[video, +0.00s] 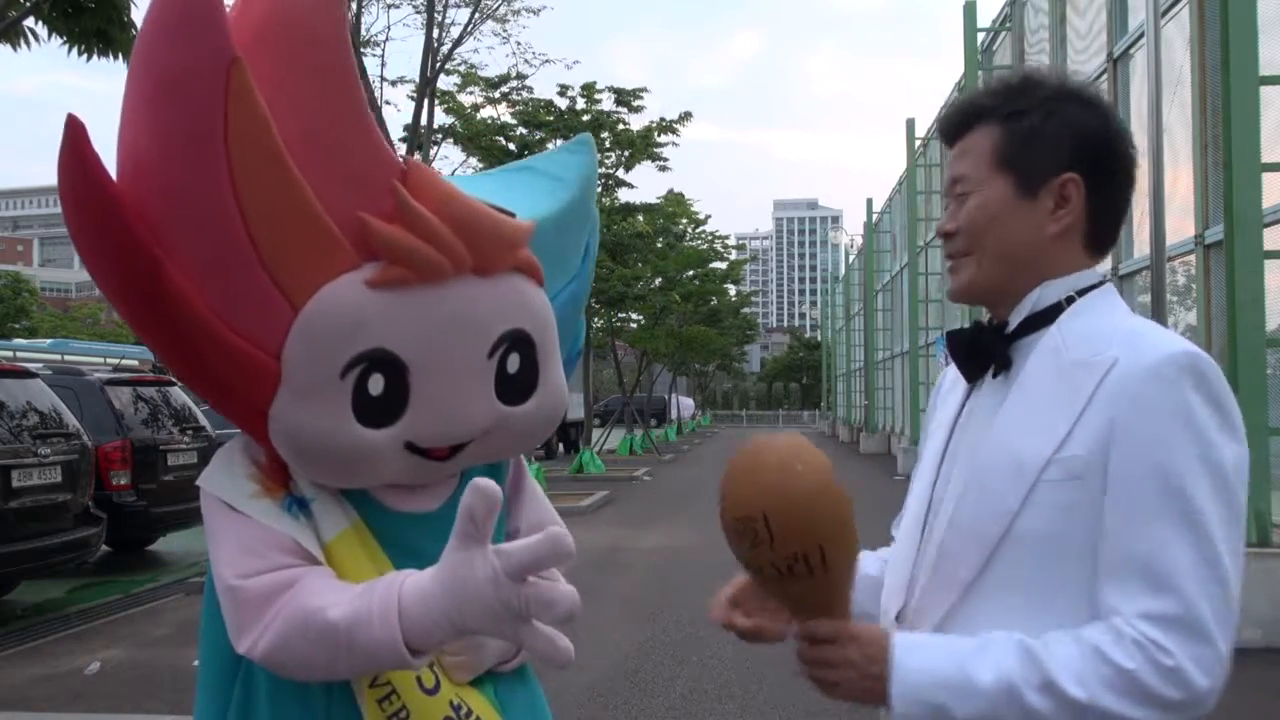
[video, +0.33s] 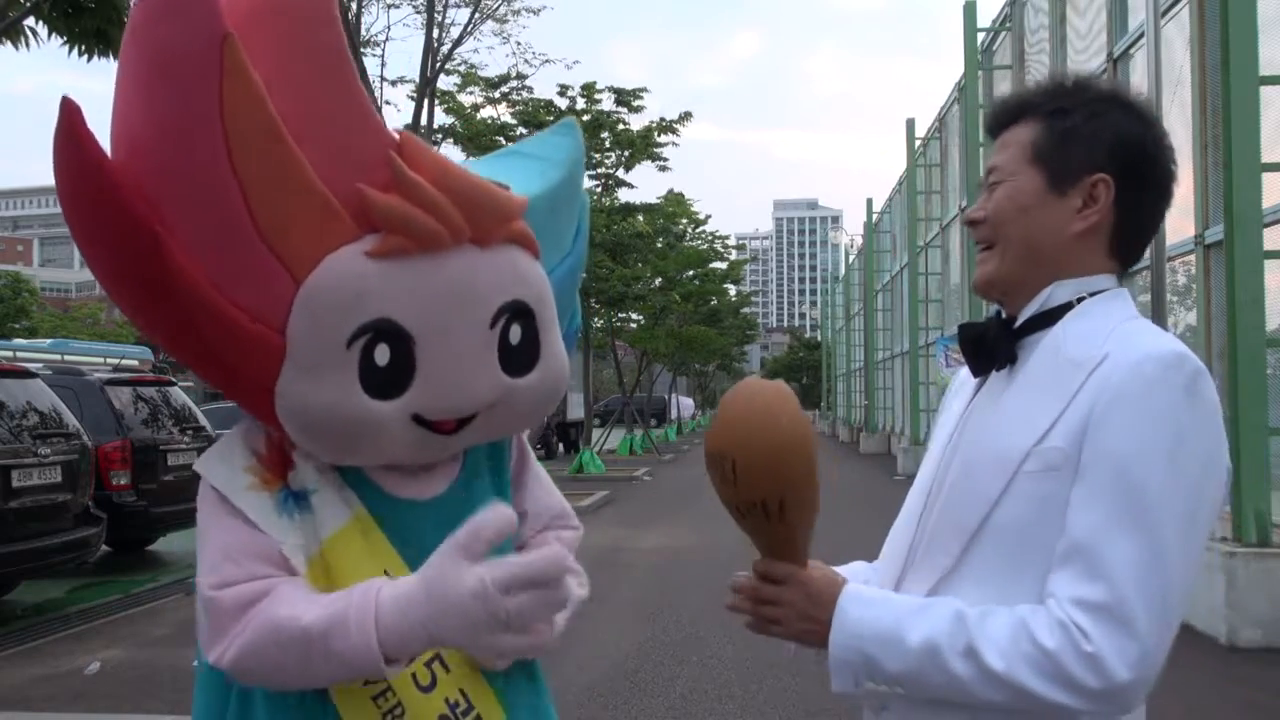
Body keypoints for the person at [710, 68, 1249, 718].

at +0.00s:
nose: (942, 225)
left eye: (962, 194)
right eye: (945, 201)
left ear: (1059, 203)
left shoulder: (1155, 375)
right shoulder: (965, 371)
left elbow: (1172, 665)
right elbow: (927, 572)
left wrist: (903, 672)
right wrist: (808, 592)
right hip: (915, 715)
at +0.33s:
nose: (970, 214)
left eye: (995, 183)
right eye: (980, 189)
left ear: (1089, 201)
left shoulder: (1149, 374)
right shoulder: (981, 372)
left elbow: (1098, 659)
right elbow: (930, 568)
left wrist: (848, 623)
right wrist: (822, 588)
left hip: (1008, 710)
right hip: (902, 702)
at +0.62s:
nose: (977, 206)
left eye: (1004, 176)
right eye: (990, 182)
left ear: (1093, 199)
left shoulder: (1152, 373)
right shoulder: (984, 374)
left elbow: (1091, 656)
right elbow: (941, 584)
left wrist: (846, 616)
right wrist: (830, 605)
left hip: (1007, 711)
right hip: (900, 703)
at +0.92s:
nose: (968, 204)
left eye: (992, 171)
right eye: (979, 176)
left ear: (1081, 190)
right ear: (1076, 193)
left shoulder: (1156, 365)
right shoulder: (991, 360)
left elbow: (1091, 652)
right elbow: (942, 579)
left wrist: (846, 606)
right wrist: (829, 595)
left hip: (1023, 711)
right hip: (911, 702)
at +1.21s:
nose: (937, 217)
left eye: (956, 179)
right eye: (945, 184)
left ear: (1050, 189)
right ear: (1043, 191)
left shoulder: (1159, 373)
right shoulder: (999, 360)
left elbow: (1112, 672)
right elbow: (962, 581)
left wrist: (863, 645)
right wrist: (847, 607)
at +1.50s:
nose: (914, 222)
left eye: (929, 186)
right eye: (920, 190)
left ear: (1019, 195)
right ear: (1019, 198)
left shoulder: (1136, 376)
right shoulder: (985, 364)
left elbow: (1151, 686)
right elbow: (959, 580)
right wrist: (855, 622)